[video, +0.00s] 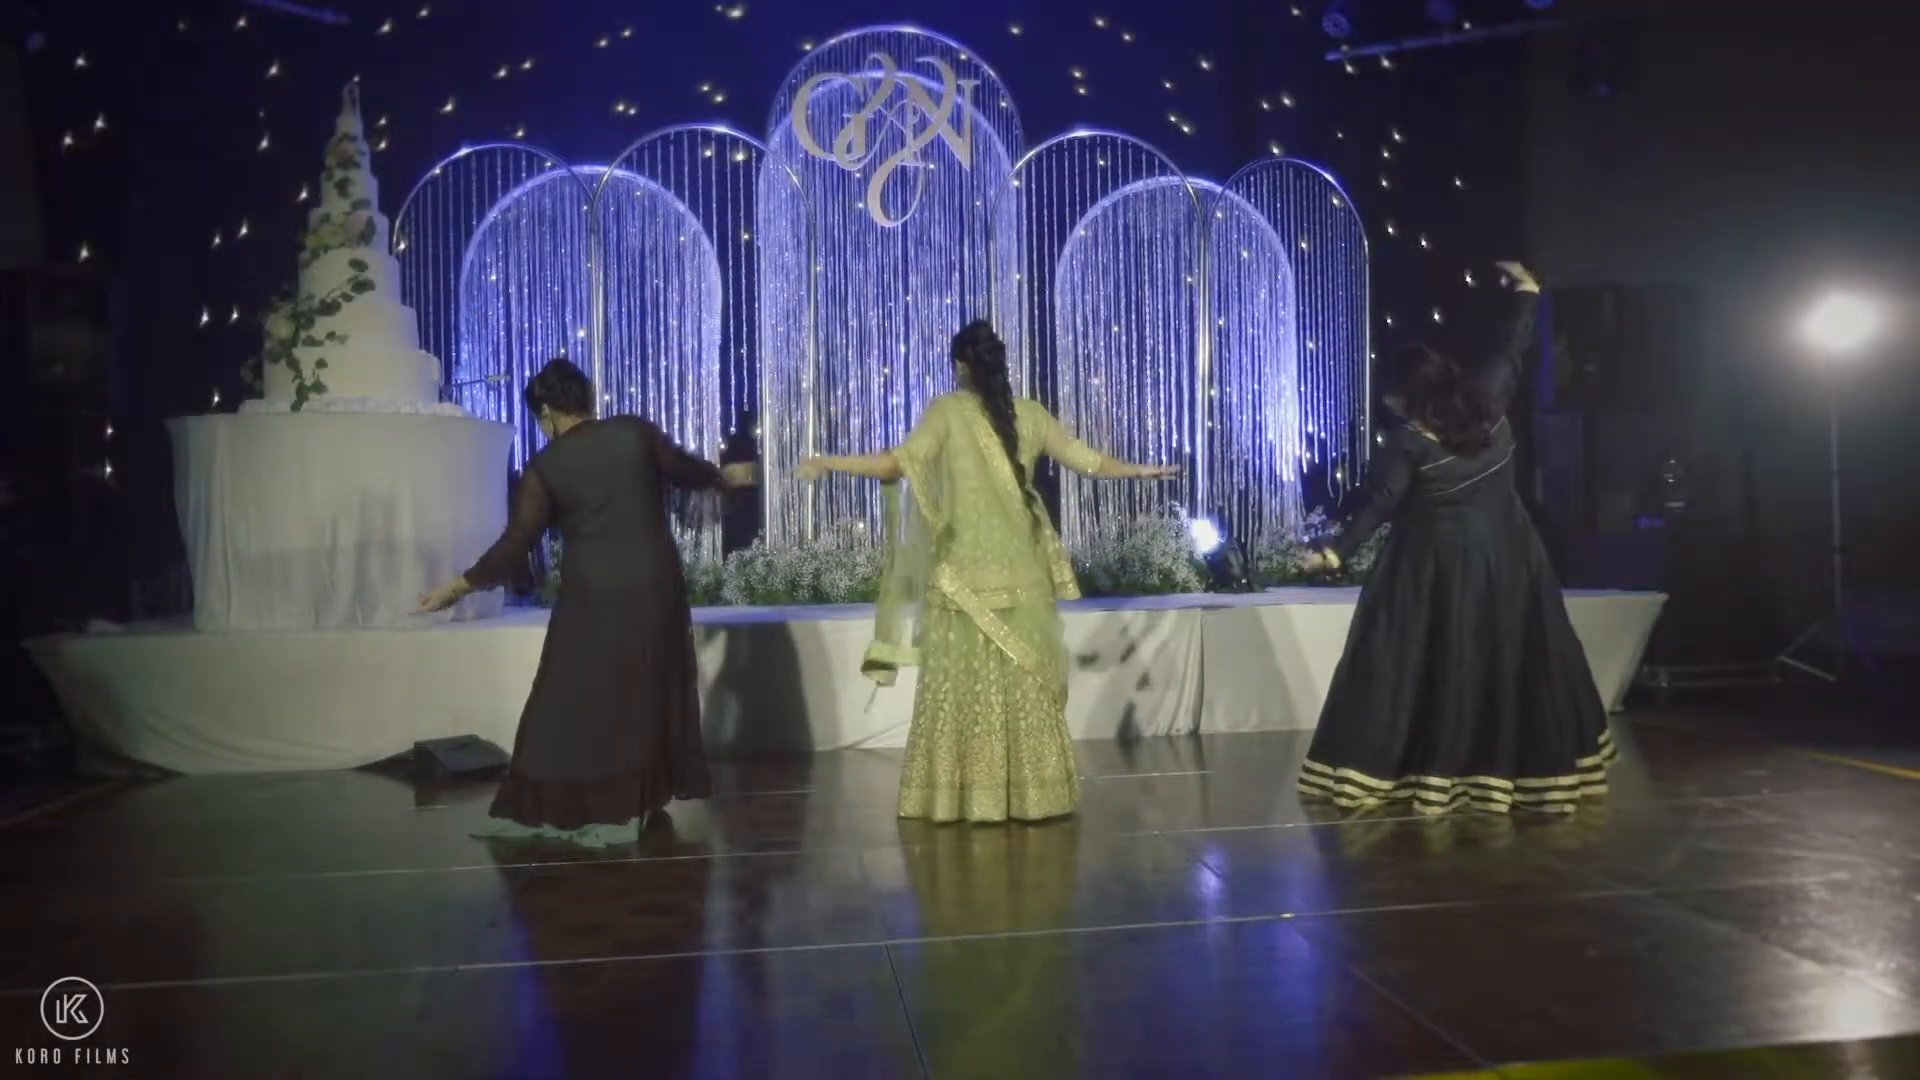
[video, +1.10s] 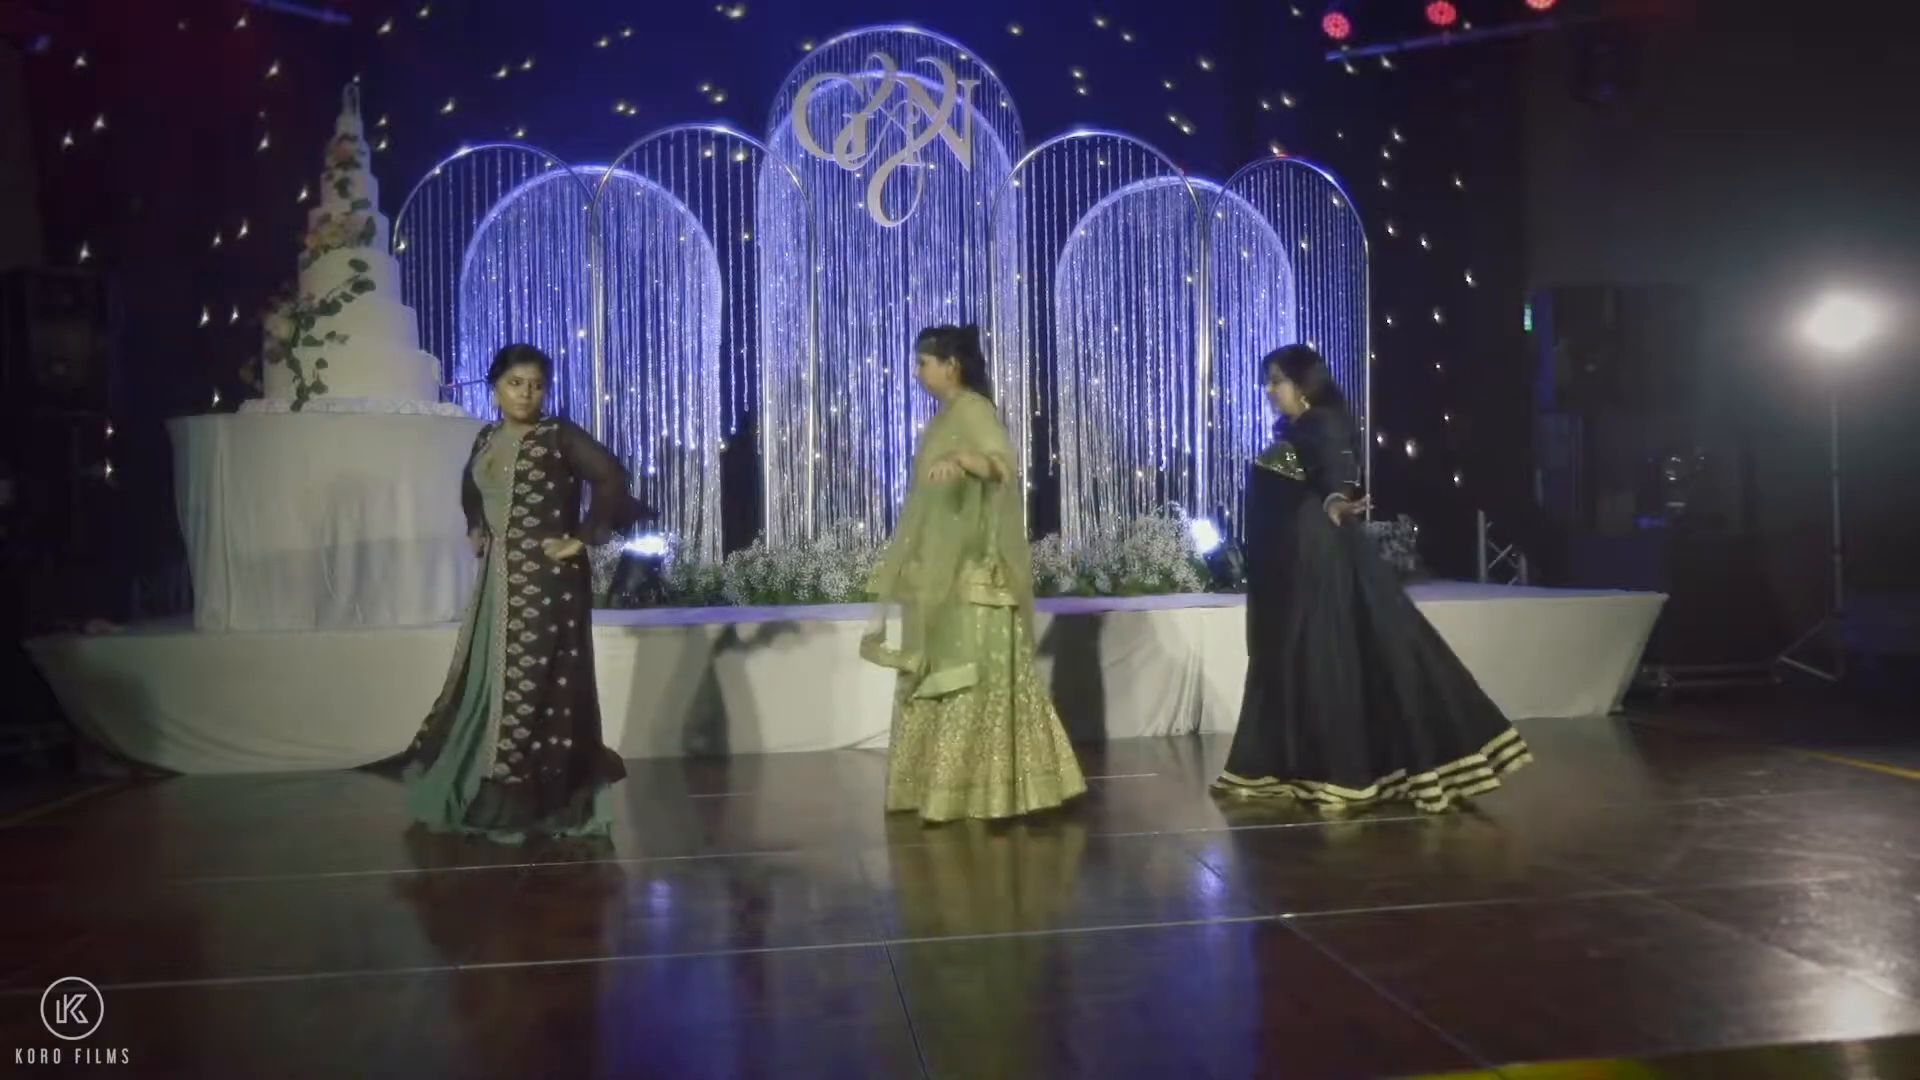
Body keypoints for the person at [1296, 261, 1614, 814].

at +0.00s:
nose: (1389, 409)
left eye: (1390, 401)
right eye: (1387, 400)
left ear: (1407, 397)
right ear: (1446, 380)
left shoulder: (1406, 444)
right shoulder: (1488, 402)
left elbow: (1382, 502)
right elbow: (1514, 348)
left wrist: (1337, 550)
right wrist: (1529, 292)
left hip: (1437, 556)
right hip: (1504, 547)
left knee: (1430, 664)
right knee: (1505, 660)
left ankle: (1431, 781)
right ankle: (1508, 778)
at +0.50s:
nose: (1371, 396)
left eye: (1374, 388)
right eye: (1371, 387)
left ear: (1392, 388)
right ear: (1430, 377)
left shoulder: (1389, 436)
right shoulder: (1475, 410)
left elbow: (1360, 497)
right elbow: (1529, 391)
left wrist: (1321, 547)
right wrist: (1562, 346)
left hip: (1416, 556)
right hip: (1482, 551)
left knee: (1414, 662)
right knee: (1486, 660)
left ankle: (1419, 781)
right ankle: (1494, 778)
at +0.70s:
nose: (1356, 396)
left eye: (1359, 387)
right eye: (1354, 387)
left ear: (1377, 385)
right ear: (1411, 376)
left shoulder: (1377, 426)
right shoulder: (1451, 416)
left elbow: (1354, 479)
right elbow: (1498, 425)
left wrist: (1321, 519)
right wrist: (1552, 420)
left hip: (1397, 555)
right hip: (1458, 550)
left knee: (1393, 662)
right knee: (1467, 659)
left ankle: (1388, 780)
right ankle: (1476, 779)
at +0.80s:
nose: (1336, 397)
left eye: (1339, 388)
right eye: (1335, 388)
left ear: (1362, 386)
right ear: (1386, 383)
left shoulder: (1369, 424)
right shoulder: (1424, 420)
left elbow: (1352, 468)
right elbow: (1458, 428)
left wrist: (1331, 497)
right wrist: (1496, 422)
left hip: (1386, 549)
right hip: (1438, 545)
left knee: (1379, 660)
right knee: (1445, 658)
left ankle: (1376, 774)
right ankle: (1453, 772)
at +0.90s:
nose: (1316, 400)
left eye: (1320, 390)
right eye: (1315, 390)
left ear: (1344, 388)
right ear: (1359, 385)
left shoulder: (1355, 425)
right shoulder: (1395, 423)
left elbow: (1340, 481)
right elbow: (1406, 450)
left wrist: (1324, 497)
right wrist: (1435, 434)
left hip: (1368, 550)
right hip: (1411, 546)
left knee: (1361, 660)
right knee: (1418, 657)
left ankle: (1364, 771)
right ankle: (1428, 769)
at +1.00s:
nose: (1294, 398)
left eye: (1298, 387)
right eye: (1292, 388)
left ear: (1319, 386)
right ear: (1331, 385)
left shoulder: (1332, 428)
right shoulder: (1353, 426)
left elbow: (1327, 487)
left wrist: (1317, 499)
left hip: (1340, 566)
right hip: (1366, 560)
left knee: (1335, 669)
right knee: (1364, 667)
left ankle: (1346, 772)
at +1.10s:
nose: (1269, 393)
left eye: (1275, 383)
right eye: (1268, 384)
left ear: (1301, 383)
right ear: (1298, 387)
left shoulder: (1323, 424)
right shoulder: (1296, 429)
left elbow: (1338, 473)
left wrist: (1338, 500)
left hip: (1318, 562)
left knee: (1318, 666)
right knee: (1297, 666)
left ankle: (1333, 773)